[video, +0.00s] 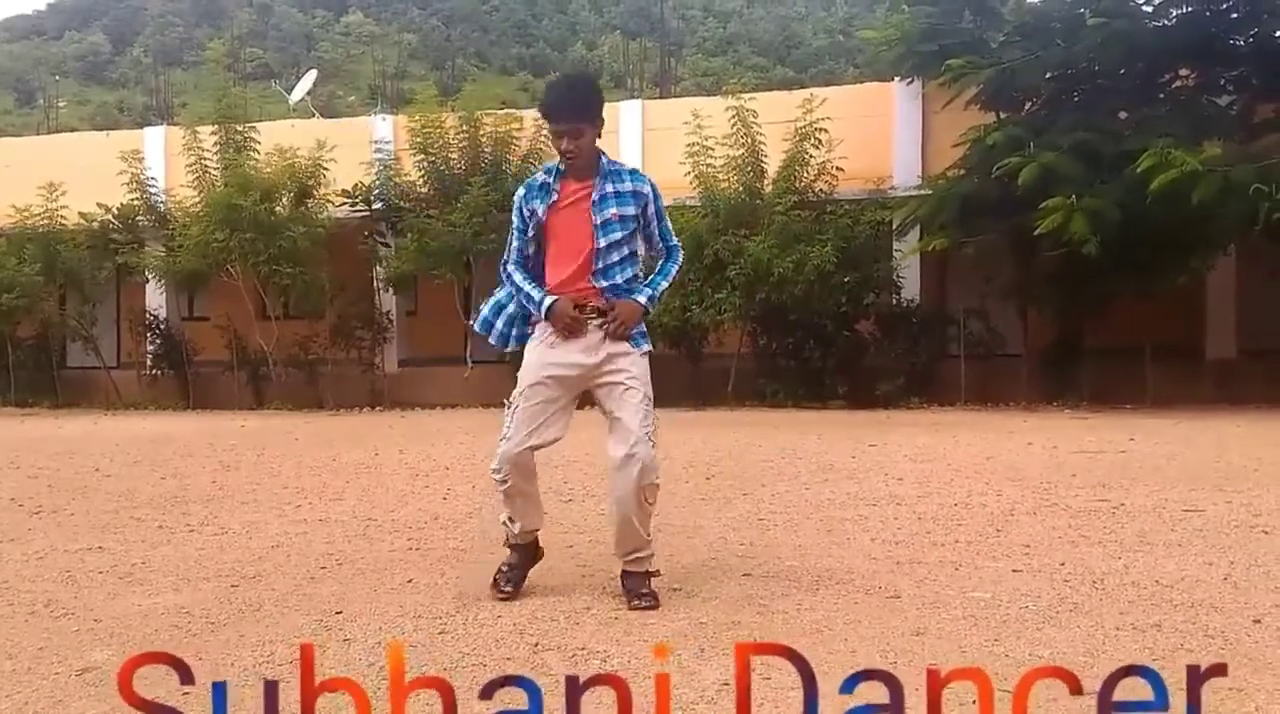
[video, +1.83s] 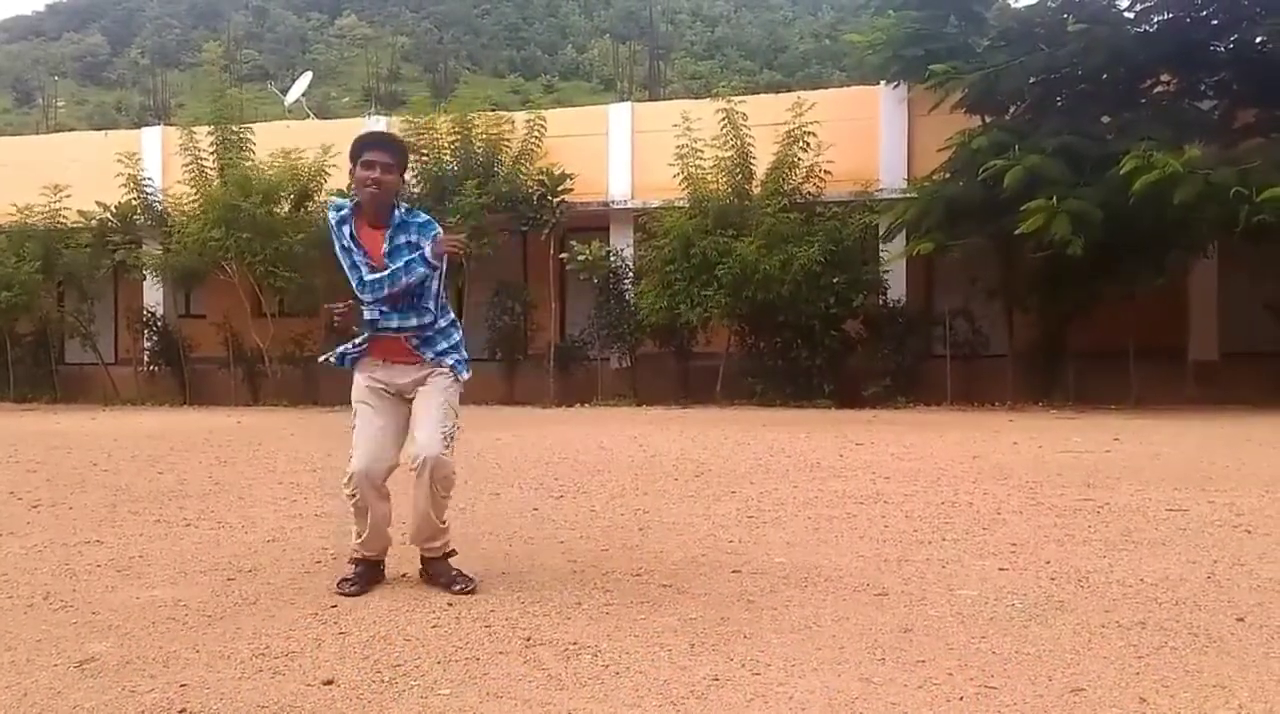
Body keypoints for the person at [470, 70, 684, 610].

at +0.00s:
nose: (567, 146)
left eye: (576, 134)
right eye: (558, 136)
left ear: (598, 126)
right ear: (547, 132)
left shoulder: (636, 187)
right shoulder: (532, 193)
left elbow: (669, 254)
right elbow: (513, 266)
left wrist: (641, 300)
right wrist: (547, 304)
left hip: (621, 341)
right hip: (553, 341)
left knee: (635, 456)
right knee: (511, 455)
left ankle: (636, 568)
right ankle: (522, 544)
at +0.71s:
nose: (518, 132)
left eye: (529, 122)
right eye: (509, 122)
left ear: (549, 124)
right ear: (497, 126)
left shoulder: (575, 170)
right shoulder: (472, 186)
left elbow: (613, 228)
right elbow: (454, 250)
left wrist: (580, 280)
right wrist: (481, 301)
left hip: (564, 322)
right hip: (498, 326)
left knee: (586, 429)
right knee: (478, 454)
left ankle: (568, 549)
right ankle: (491, 559)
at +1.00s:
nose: (490, 158)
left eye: (500, 149)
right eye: (480, 150)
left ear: (517, 156)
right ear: (468, 157)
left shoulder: (537, 226)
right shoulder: (443, 210)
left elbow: (582, 298)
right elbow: (431, 276)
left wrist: (527, 342)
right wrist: (451, 322)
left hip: (527, 361)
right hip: (458, 352)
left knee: (548, 468)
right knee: (407, 415)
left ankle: (533, 565)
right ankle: (441, 524)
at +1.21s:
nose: (446, 119)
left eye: (456, 110)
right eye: (435, 110)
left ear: (471, 117)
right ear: (421, 117)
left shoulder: (501, 175)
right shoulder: (397, 172)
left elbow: (541, 234)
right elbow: (375, 238)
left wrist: (508, 277)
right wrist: (399, 288)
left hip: (485, 315)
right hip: (415, 319)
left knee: (546, 399)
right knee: (355, 422)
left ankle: (525, 527)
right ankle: (358, 535)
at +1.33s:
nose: (423, 133)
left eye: (432, 124)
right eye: (412, 124)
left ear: (445, 129)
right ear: (396, 129)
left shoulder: (470, 190)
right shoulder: (369, 189)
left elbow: (505, 251)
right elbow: (351, 260)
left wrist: (485, 295)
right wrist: (361, 316)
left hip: (454, 325)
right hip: (388, 331)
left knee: (501, 419)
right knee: (370, 453)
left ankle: (479, 530)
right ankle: (368, 556)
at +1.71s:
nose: (400, 142)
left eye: (408, 134)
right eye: (390, 132)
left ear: (415, 142)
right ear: (364, 138)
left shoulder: (439, 189)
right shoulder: (342, 195)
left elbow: (488, 245)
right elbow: (325, 269)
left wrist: (450, 292)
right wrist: (354, 284)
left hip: (432, 349)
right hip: (370, 350)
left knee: (424, 447)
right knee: (346, 449)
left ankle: (445, 554)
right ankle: (360, 551)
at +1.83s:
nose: (376, 176)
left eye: (388, 169)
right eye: (368, 166)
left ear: (402, 180)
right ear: (352, 174)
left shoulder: (423, 228)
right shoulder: (340, 223)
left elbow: (414, 290)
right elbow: (370, 285)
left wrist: (361, 307)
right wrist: (428, 255)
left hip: (435, 364)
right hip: (376, 366)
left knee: (431, 456)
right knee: (365, 470)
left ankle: (435, 558)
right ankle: (368, 559)